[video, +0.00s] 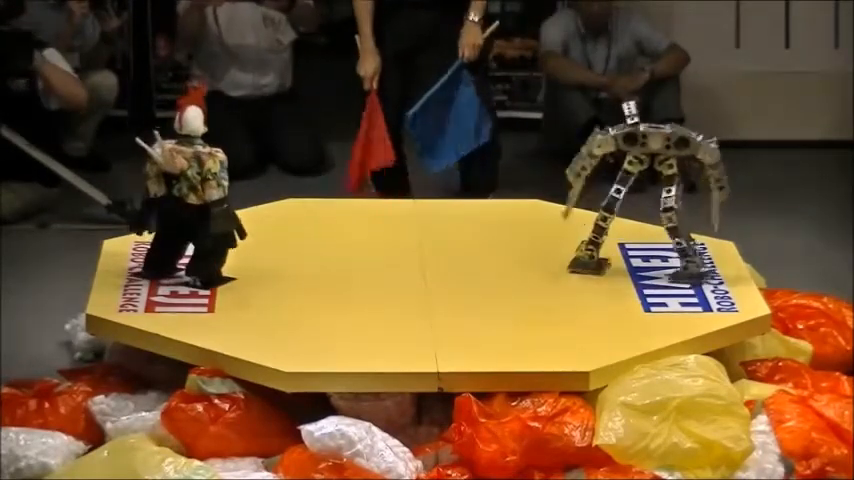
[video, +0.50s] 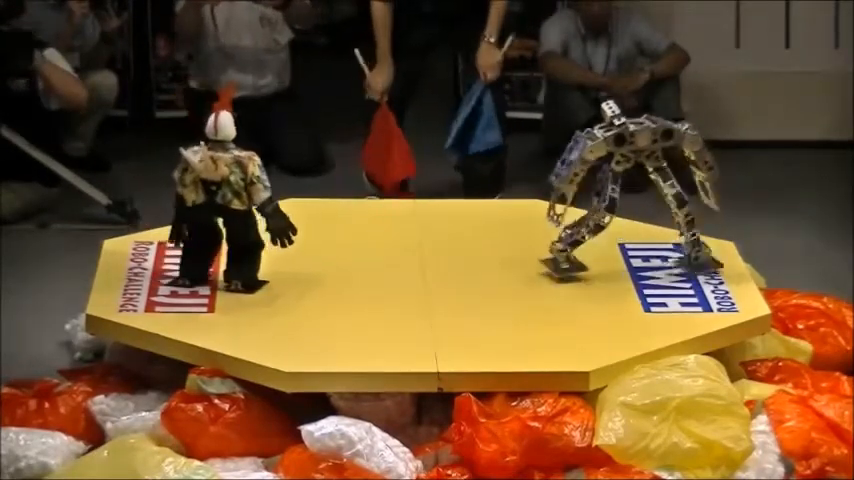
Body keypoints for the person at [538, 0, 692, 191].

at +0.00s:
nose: (597, 10)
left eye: (604, 4)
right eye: (590, 4)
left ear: (612, 5)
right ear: (576, 6)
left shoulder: (628, 23)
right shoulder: (558, 25)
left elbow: (679, 56)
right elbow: (551, 64)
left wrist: (644, 75)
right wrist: (608, 82)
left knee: (667, 79)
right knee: (563, 85)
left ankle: (668, 155)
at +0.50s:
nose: (596, 11)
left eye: (602, 4)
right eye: (589, 5)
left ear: (611, 5)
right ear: (576, 6)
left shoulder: (628, 23)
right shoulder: (558, 25)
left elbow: (679, 56)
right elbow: (550, 64)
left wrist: (645, 74)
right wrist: (608, 83)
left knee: (667, 81)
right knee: (562, 86)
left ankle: (672, 158)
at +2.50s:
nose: (599, 15)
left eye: (604, 8)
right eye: (593, 8)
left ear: (613, 7)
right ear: (578, 7)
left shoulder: (628, 26)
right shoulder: (558, 26)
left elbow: (679, 56)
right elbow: (551, 65)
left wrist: (643, 77)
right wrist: (608, 82)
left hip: (624, 114)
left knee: (667, 79)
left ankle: (664, 164)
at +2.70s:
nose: (598, 15)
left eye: (604, 9)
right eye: (592, 9)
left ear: (613, 7)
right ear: (578, 7)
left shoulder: (629, 25)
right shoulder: (558, 26)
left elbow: (679, 56)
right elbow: (551, 65)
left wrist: (643, 76)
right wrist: (608, 82)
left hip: (625, 116)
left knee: (667, 79)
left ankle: (664, 165)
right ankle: (611, 169)